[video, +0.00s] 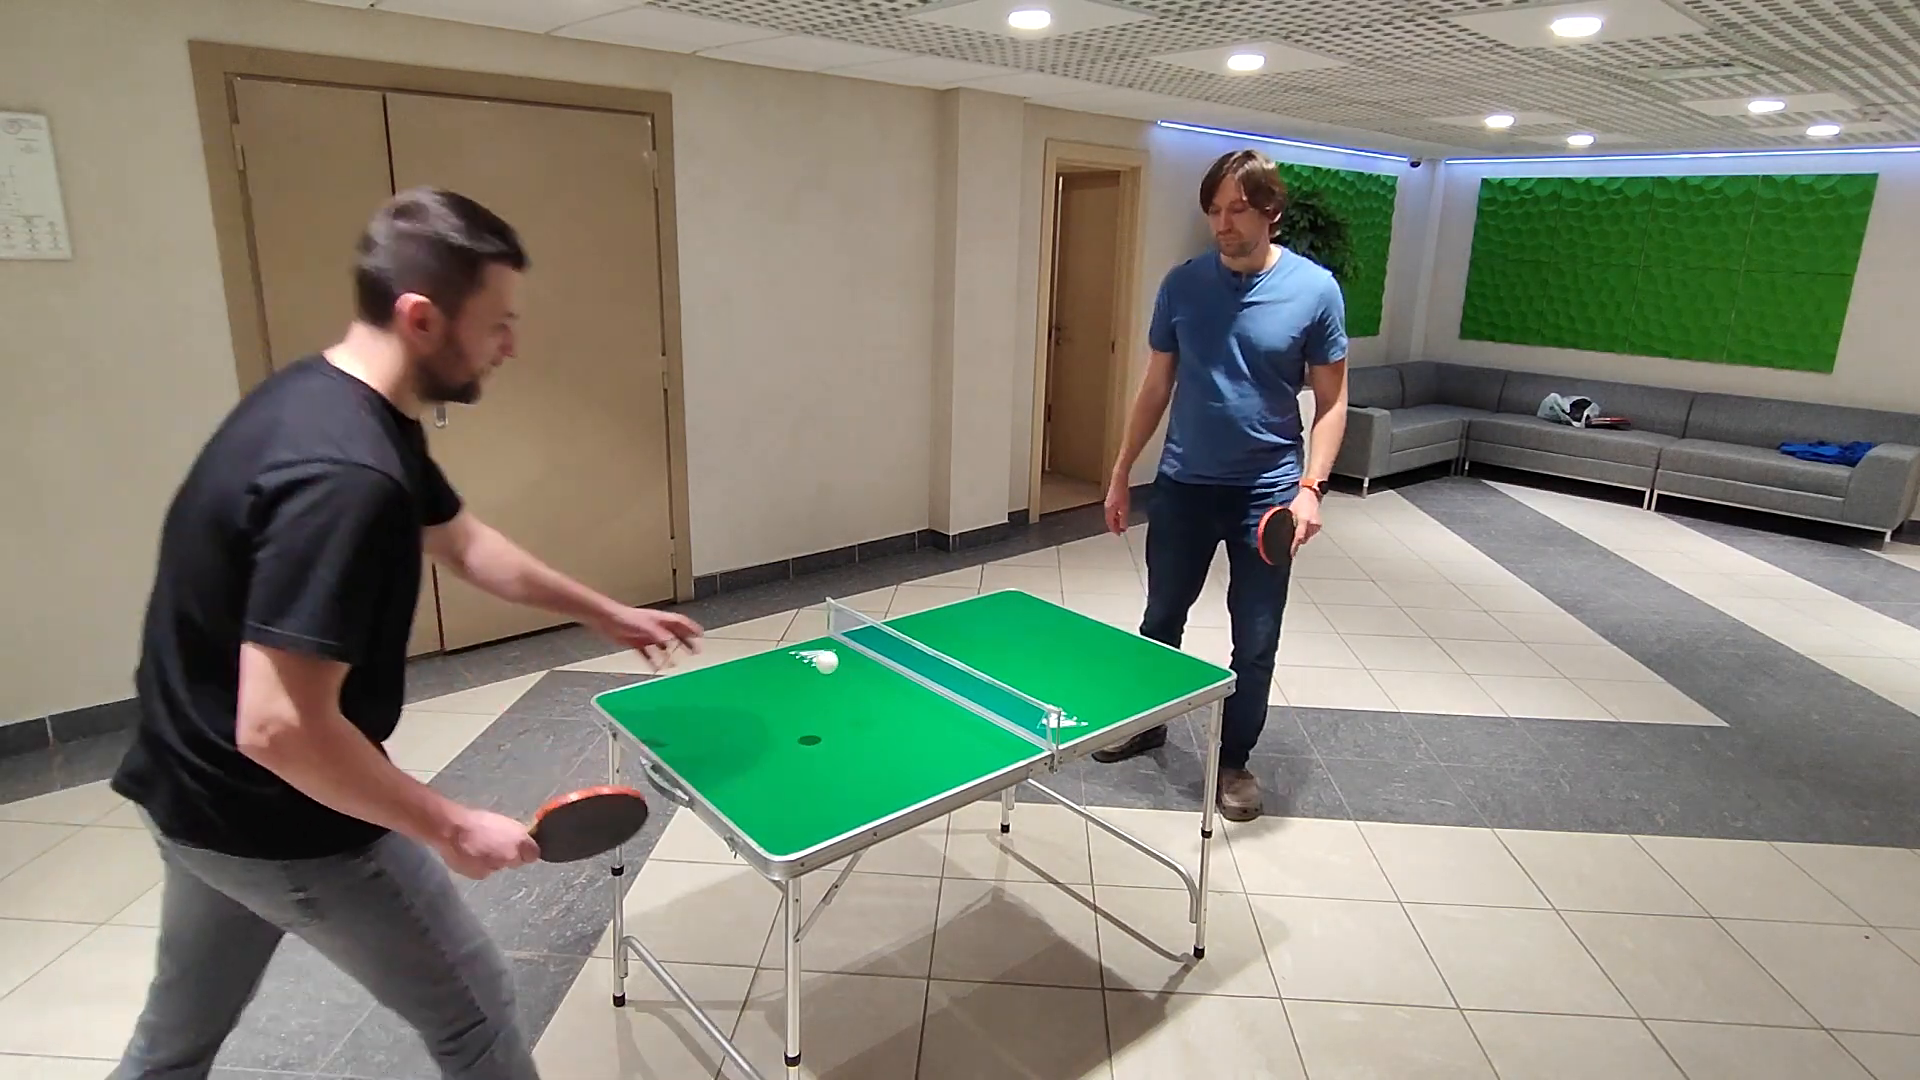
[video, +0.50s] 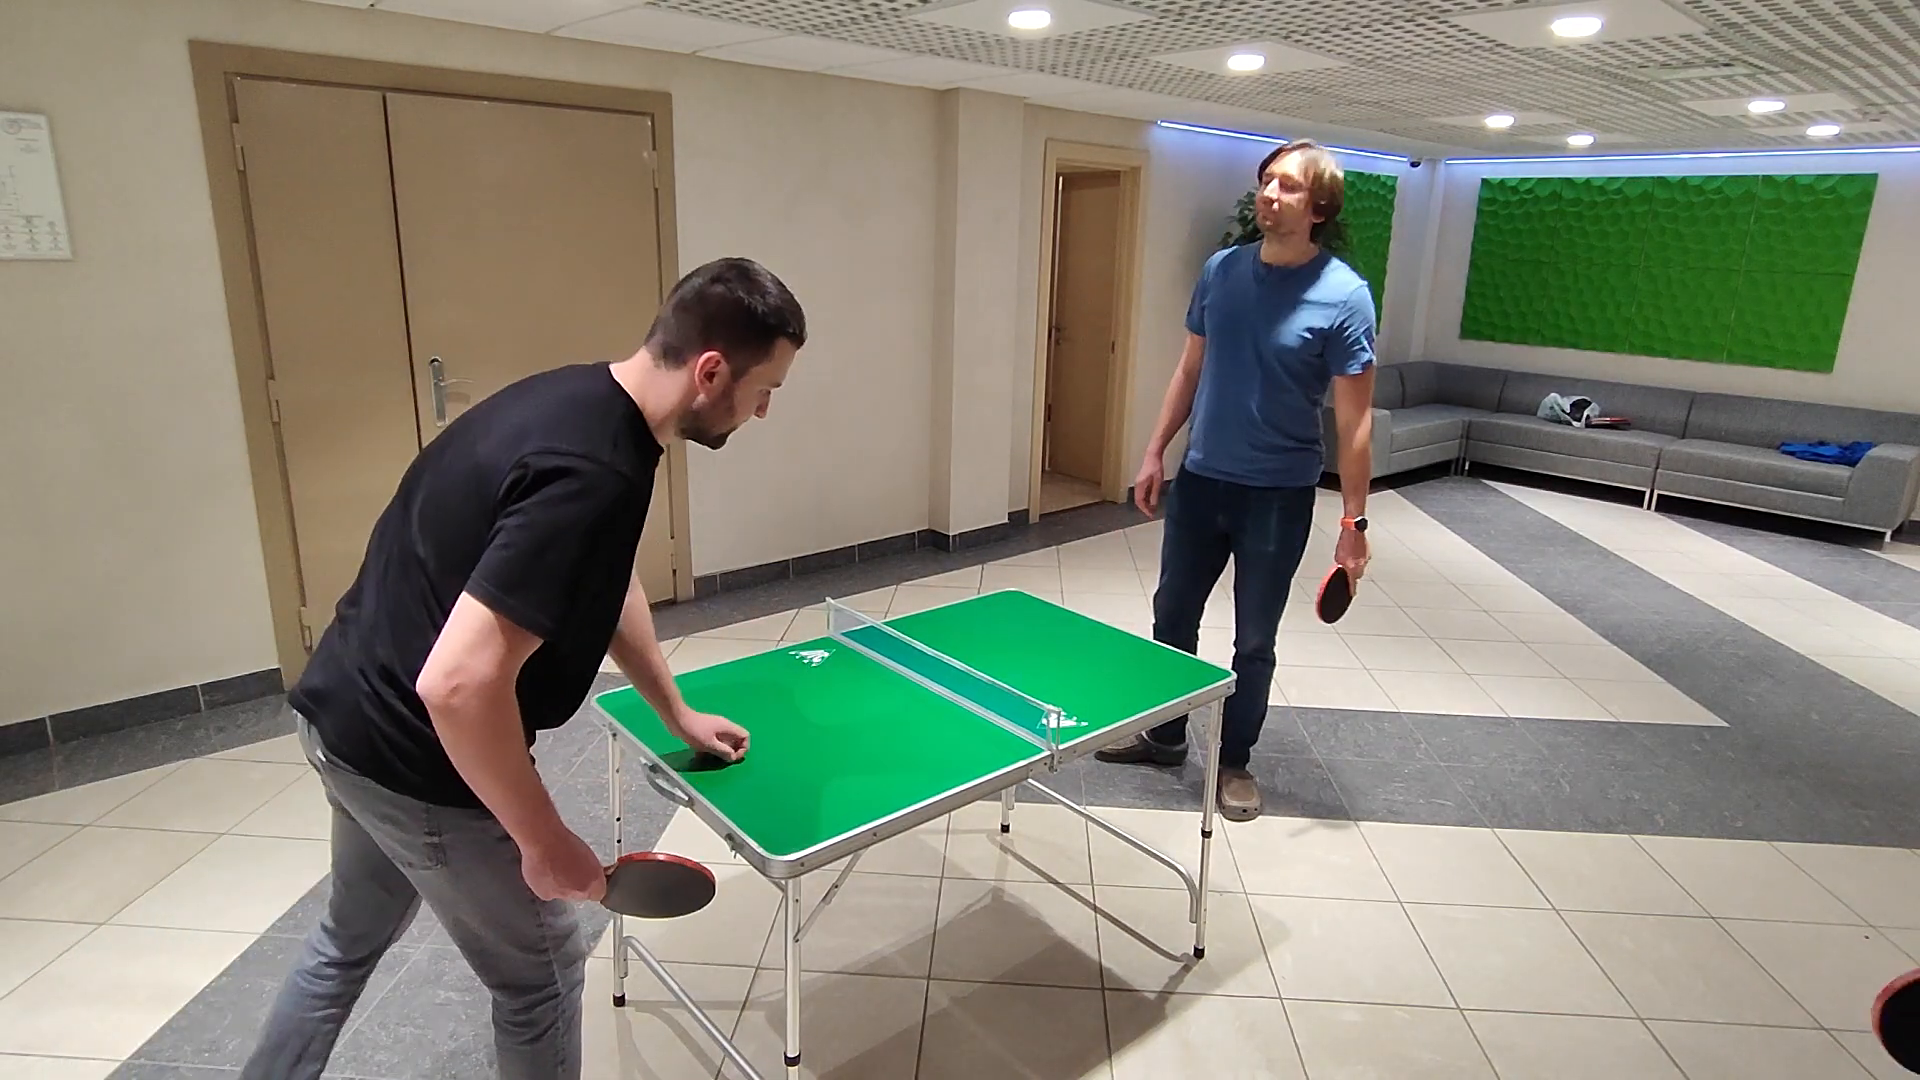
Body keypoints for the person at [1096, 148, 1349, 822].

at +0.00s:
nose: (1224, 224)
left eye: (1238, 212)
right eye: (1216, 212)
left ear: (1271, 213)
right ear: (1207, 212)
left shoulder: (1316, 290)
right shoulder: (1183, 283)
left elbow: (1331, 402)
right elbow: (1156, 384)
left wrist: (1311, 490)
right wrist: (1121, 469)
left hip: (1267, 488)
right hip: (1184, 481)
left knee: (1255, 644)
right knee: (1161, 616)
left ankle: (1235, 765)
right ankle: (1140, 720)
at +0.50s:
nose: (1270, 192)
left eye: (1287, 186)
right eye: (1267, 181)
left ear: (1319, 207)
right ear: (1258, 191)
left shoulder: (1344, 294)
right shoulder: (1223, 269)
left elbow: (1355, 419)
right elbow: (1189, 369)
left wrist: (1354, 520)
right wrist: (1155, 451)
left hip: (1279, 491)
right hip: (1201, 476)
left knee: (1254, 642)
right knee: (1171, 615)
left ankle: (1235, 764)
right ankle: (1162, 734)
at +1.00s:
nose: (1262, 213)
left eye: (1277, 204)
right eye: (1257, 201)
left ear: (1310, 212)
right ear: (1248, 203)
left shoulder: (1341, 291)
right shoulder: (1217, 276)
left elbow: (1343, 407)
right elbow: (1181, 374)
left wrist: (1307, 499)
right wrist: (1144, 460)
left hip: (1282, 488)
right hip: (1207, 477)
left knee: (1259, 635)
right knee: (1203, 617)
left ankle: (1237, 758)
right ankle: (1205, 719)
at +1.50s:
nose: (1244, 220)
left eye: (1257, 208)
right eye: (1236, 209)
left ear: (1289, 210)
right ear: (1229, 215)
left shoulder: (1340, 280)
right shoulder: (1212, 284)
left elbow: (1364, 390)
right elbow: (1174, 378)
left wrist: (1381, 480)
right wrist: (1144, 438)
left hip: (1302, 477)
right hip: (1221, 475)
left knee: (1286, 629)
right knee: (1216, 615)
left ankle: (1264, 762)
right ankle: (1209, 723)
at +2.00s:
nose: (1260, 233)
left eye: (1274, 221)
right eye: (1254, 219)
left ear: (1312, 220)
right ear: (1249, 219)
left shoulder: (1359, 282)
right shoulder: (1231, 289)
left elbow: (1376, 387)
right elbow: (1169, 398)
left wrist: (1381, 477)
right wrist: (1109, 466)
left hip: (1317, 490)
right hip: (1232, 486)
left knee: (1293, 643)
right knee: (1192, 630)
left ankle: (1264, 764)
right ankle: (1160, 752)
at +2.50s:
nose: (1195, 232)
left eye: (1208, 220)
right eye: (1188, 219)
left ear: (1246, 215)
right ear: (1183, 217)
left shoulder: (1299, 274)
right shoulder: (1165, 294)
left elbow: (1320, 376)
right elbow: (1145, 398)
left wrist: (1329, 465)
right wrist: (1131, 465)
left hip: (1271, 488)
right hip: (1185, 488)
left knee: (1266, 640)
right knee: (1165, 633)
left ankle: (1262, 765)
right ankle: (1153, 761)